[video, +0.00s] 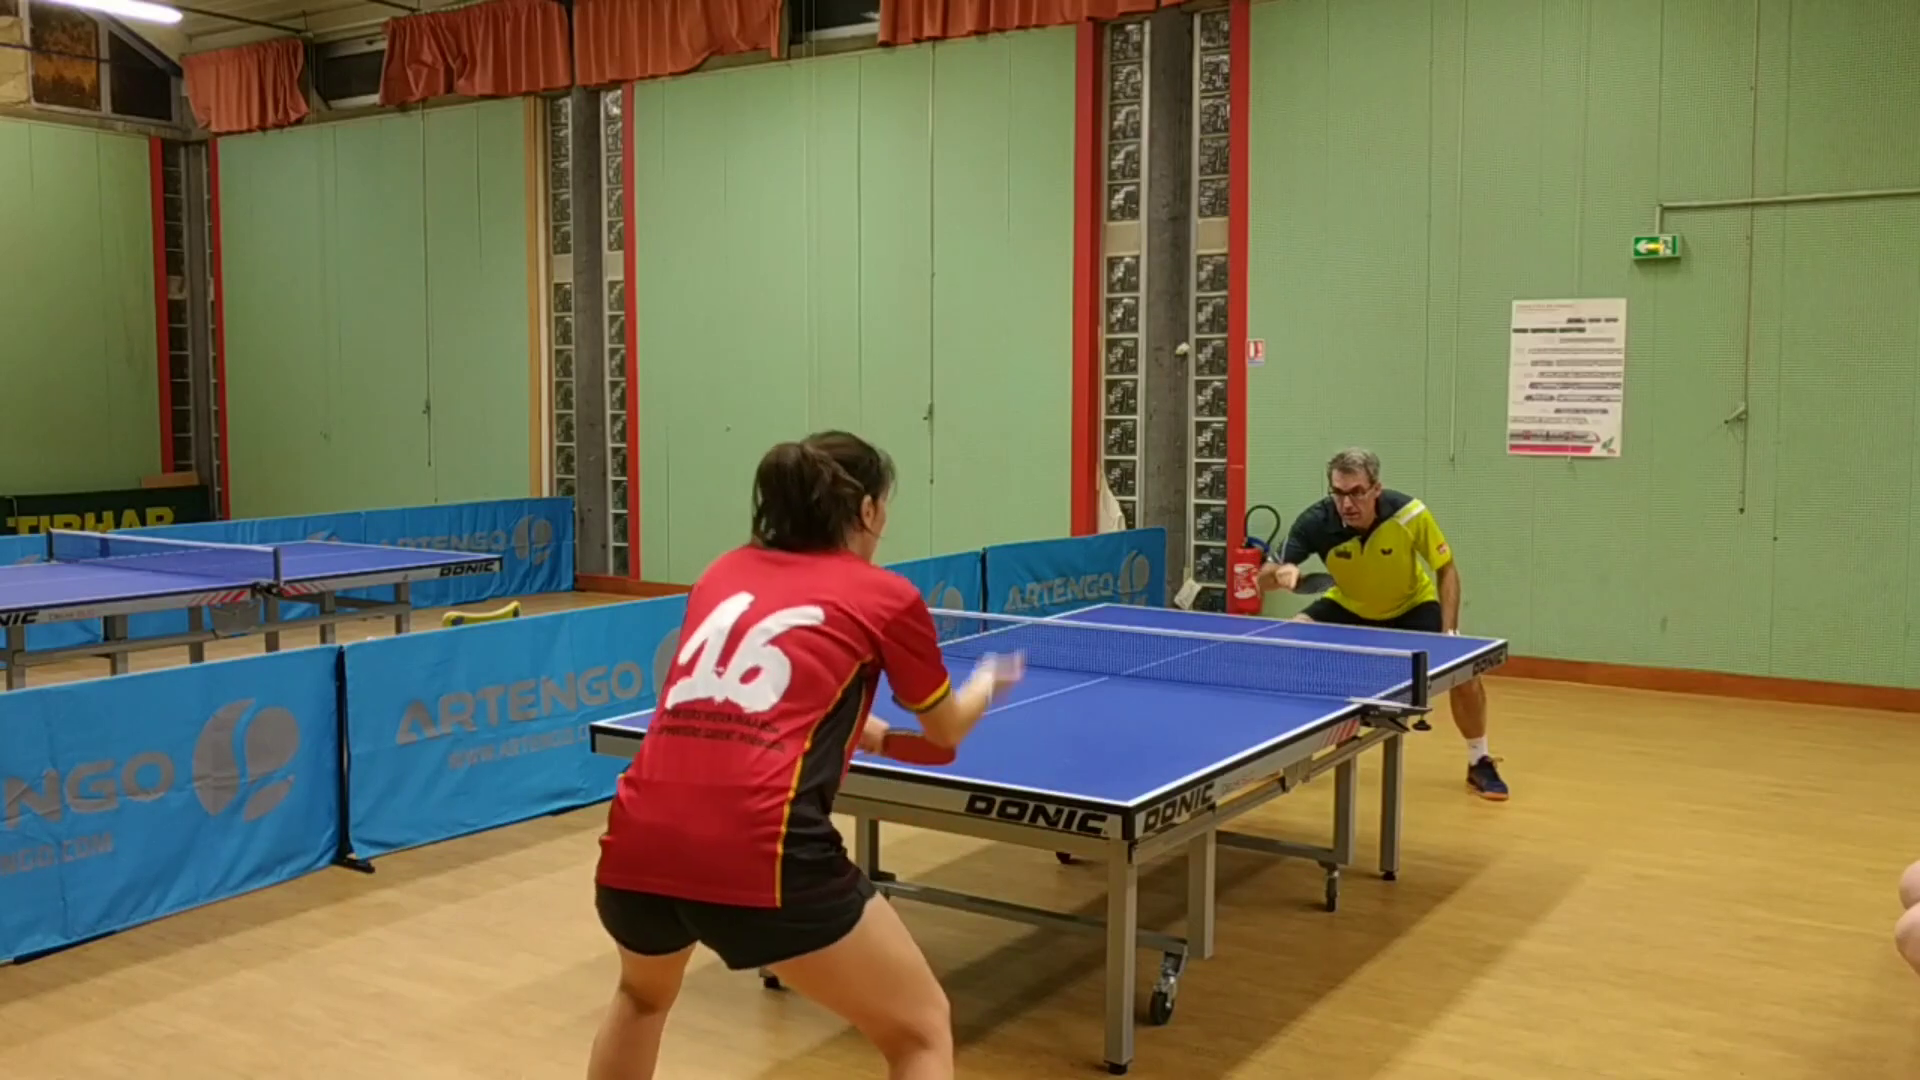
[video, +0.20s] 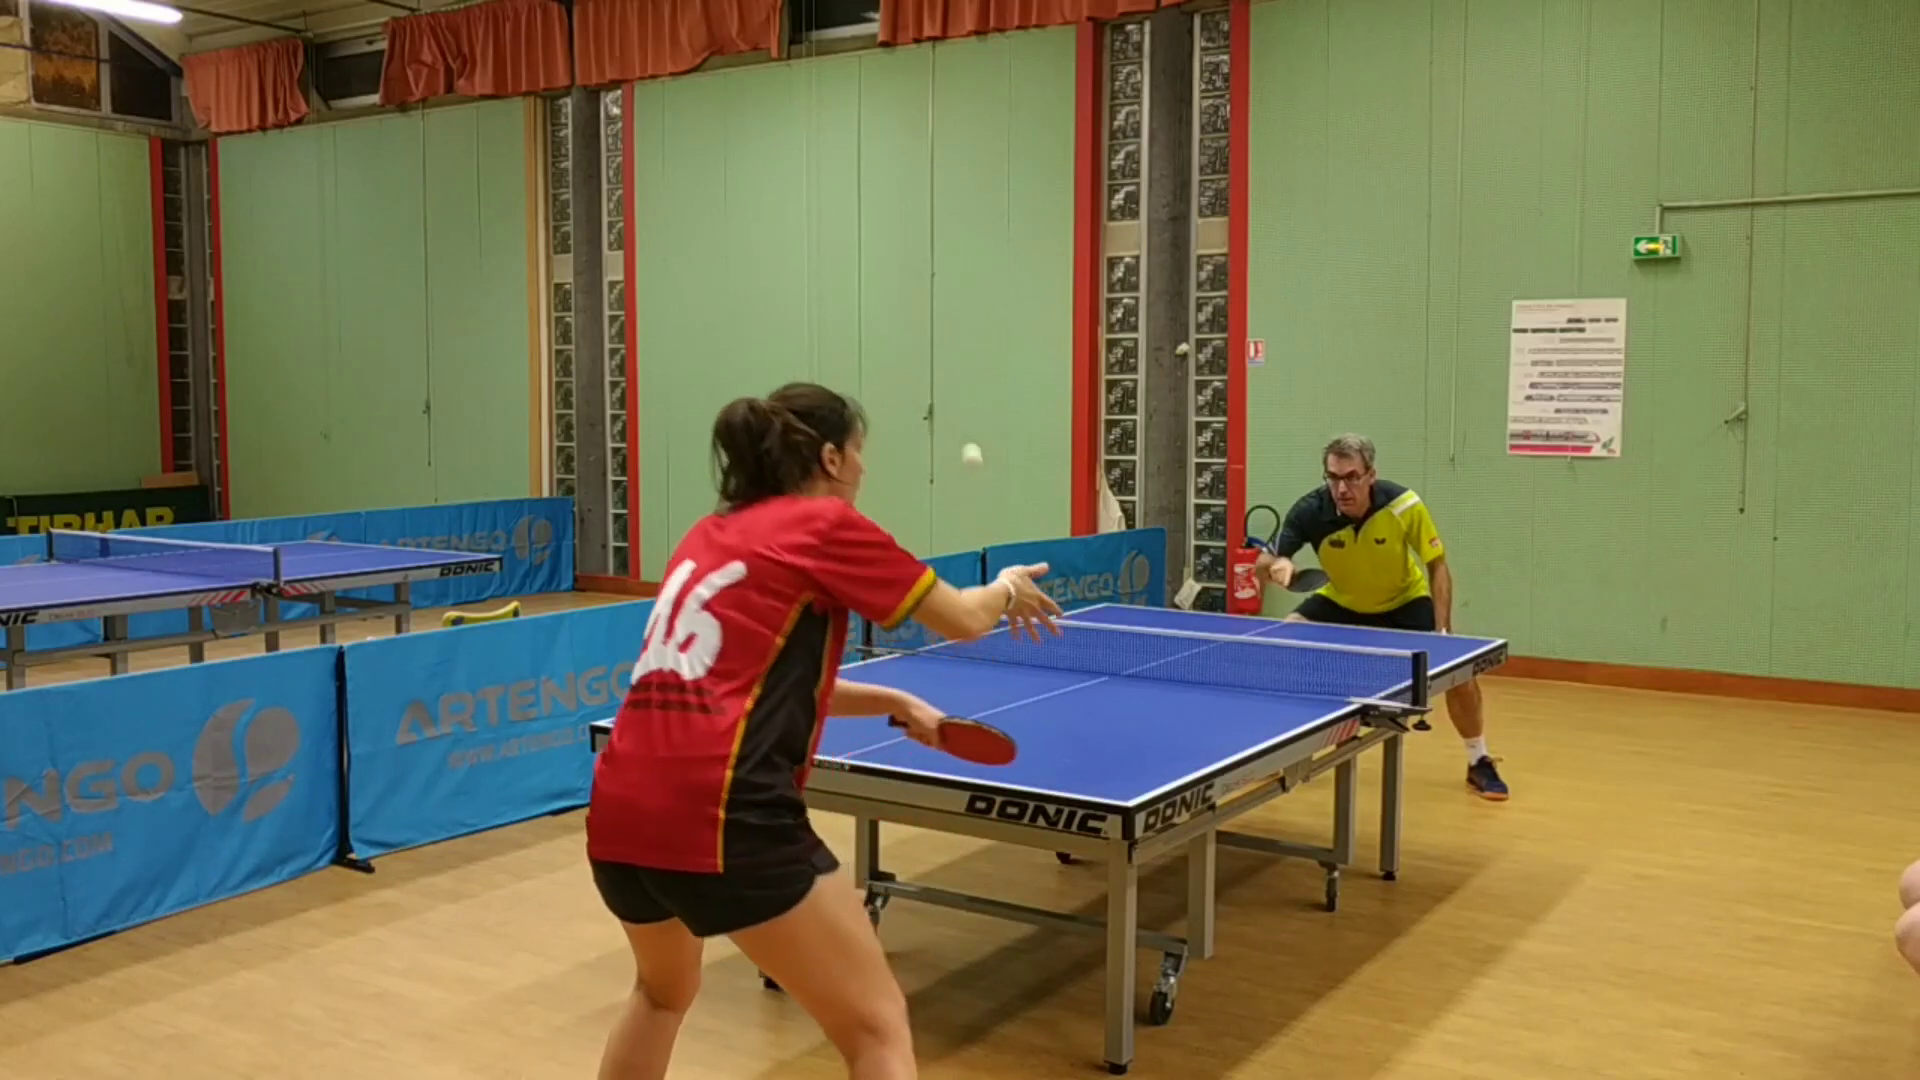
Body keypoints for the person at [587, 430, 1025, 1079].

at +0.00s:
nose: (886, 516)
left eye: (886, 500)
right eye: (885, 501)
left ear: (787, 502)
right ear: (866, 510)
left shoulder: (725, 569)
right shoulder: (886, 595)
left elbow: (742, 700)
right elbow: (947, 728)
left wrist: (869, 732)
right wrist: (986, 682)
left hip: (637, 854)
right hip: (763, 865)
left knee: (638, 999)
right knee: (920, 1035)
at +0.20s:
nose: (863, 467)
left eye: (861, 452)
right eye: (859, 451)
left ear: (772, 456)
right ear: (829, 457)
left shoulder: (710, 533)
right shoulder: (824, 525)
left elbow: (763, 686)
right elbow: (963, 620)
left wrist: (891, 700)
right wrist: (1008, 586)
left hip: (620, 811)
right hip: (726, 815)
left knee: (661, 990)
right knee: (874, 1027)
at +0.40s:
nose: (854, 443)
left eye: (851, 426)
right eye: (845, 426)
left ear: (786, 434)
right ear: (806, 434)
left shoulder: (698, 505)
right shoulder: (777, 493)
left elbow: (730, 673)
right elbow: (937, 556)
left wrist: (853, 663)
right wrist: (1002, 595)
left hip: (592, 776)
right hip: (686, 775)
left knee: (652, 987)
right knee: (876, 942)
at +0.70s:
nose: (903, 481)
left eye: (905, 466)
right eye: (902, 465)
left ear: (821, 456)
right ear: (873, 463)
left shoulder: (741, 512)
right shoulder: (848, 525)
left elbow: (765, 603)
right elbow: (1001, 597)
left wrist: (852, 658)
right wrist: (997, 654)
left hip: (629, 788)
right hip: (732, 794)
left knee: (660, 995)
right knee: (886, 996)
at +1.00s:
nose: (938, 466)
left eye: (940, 451)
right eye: (938, 450)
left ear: (849, 439)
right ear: (923, 453)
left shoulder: (791, 497)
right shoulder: (920, 518)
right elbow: (1080, 576)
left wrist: (938, 581)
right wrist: (1000, 575)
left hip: (684, 778)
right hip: (795, 794)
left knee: (663, 961)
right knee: (926, 992)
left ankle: (594, 1078)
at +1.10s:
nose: (922, 442)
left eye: (920, 429)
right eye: (919, 430)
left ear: (831, 437)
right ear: (905, 442)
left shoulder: (775, 500)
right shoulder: (908, 518)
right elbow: (1067, 570)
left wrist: (930, 569)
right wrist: (990, 559)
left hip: (677, 775)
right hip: (790, 790)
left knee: (640, 965)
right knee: (921, 991)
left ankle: (581, 1079)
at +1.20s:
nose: (892, 454)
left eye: (890, 439)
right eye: (889, 440)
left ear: (801, 450)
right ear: (873, 452)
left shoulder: (747, 516)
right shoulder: (877, 531)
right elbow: (1033, 589)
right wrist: (964, 572)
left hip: (652, 789)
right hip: (764, 802)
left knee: (626, 973)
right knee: (910, 988)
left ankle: (571, 1079)